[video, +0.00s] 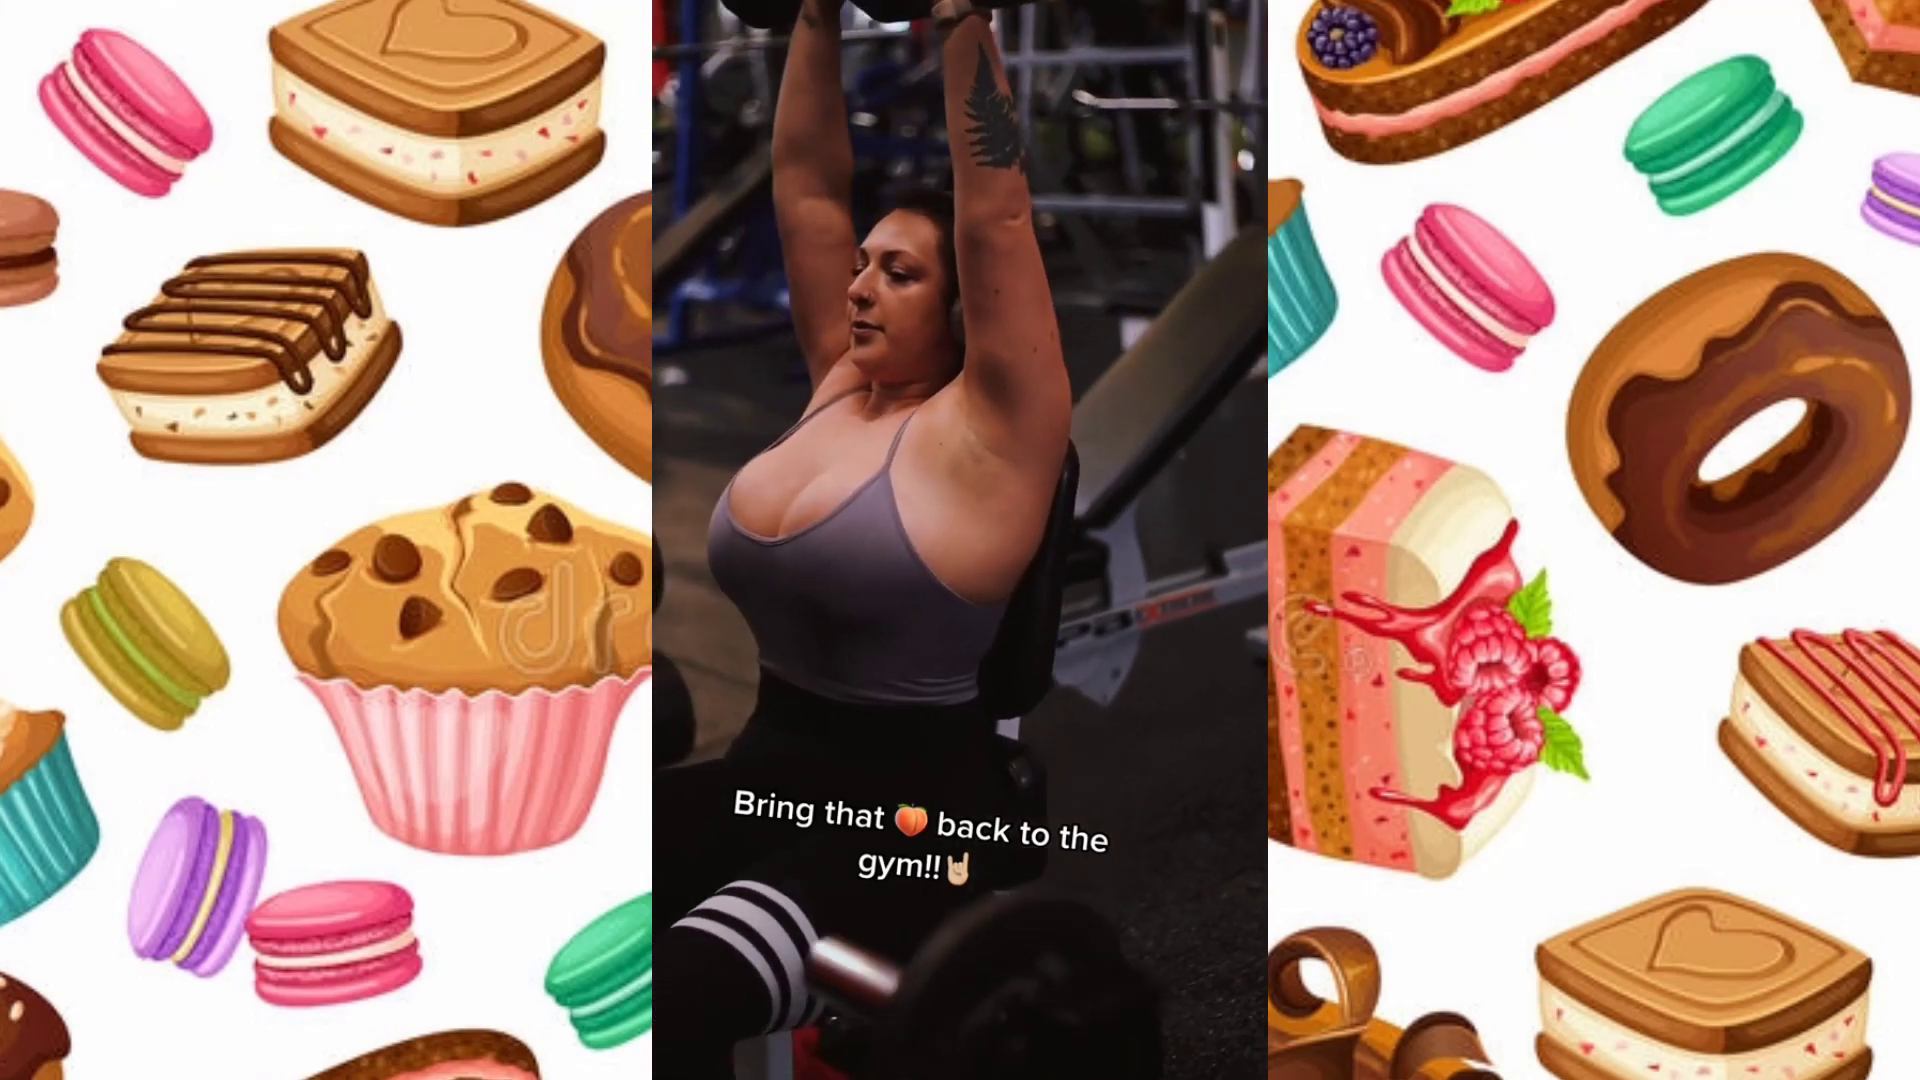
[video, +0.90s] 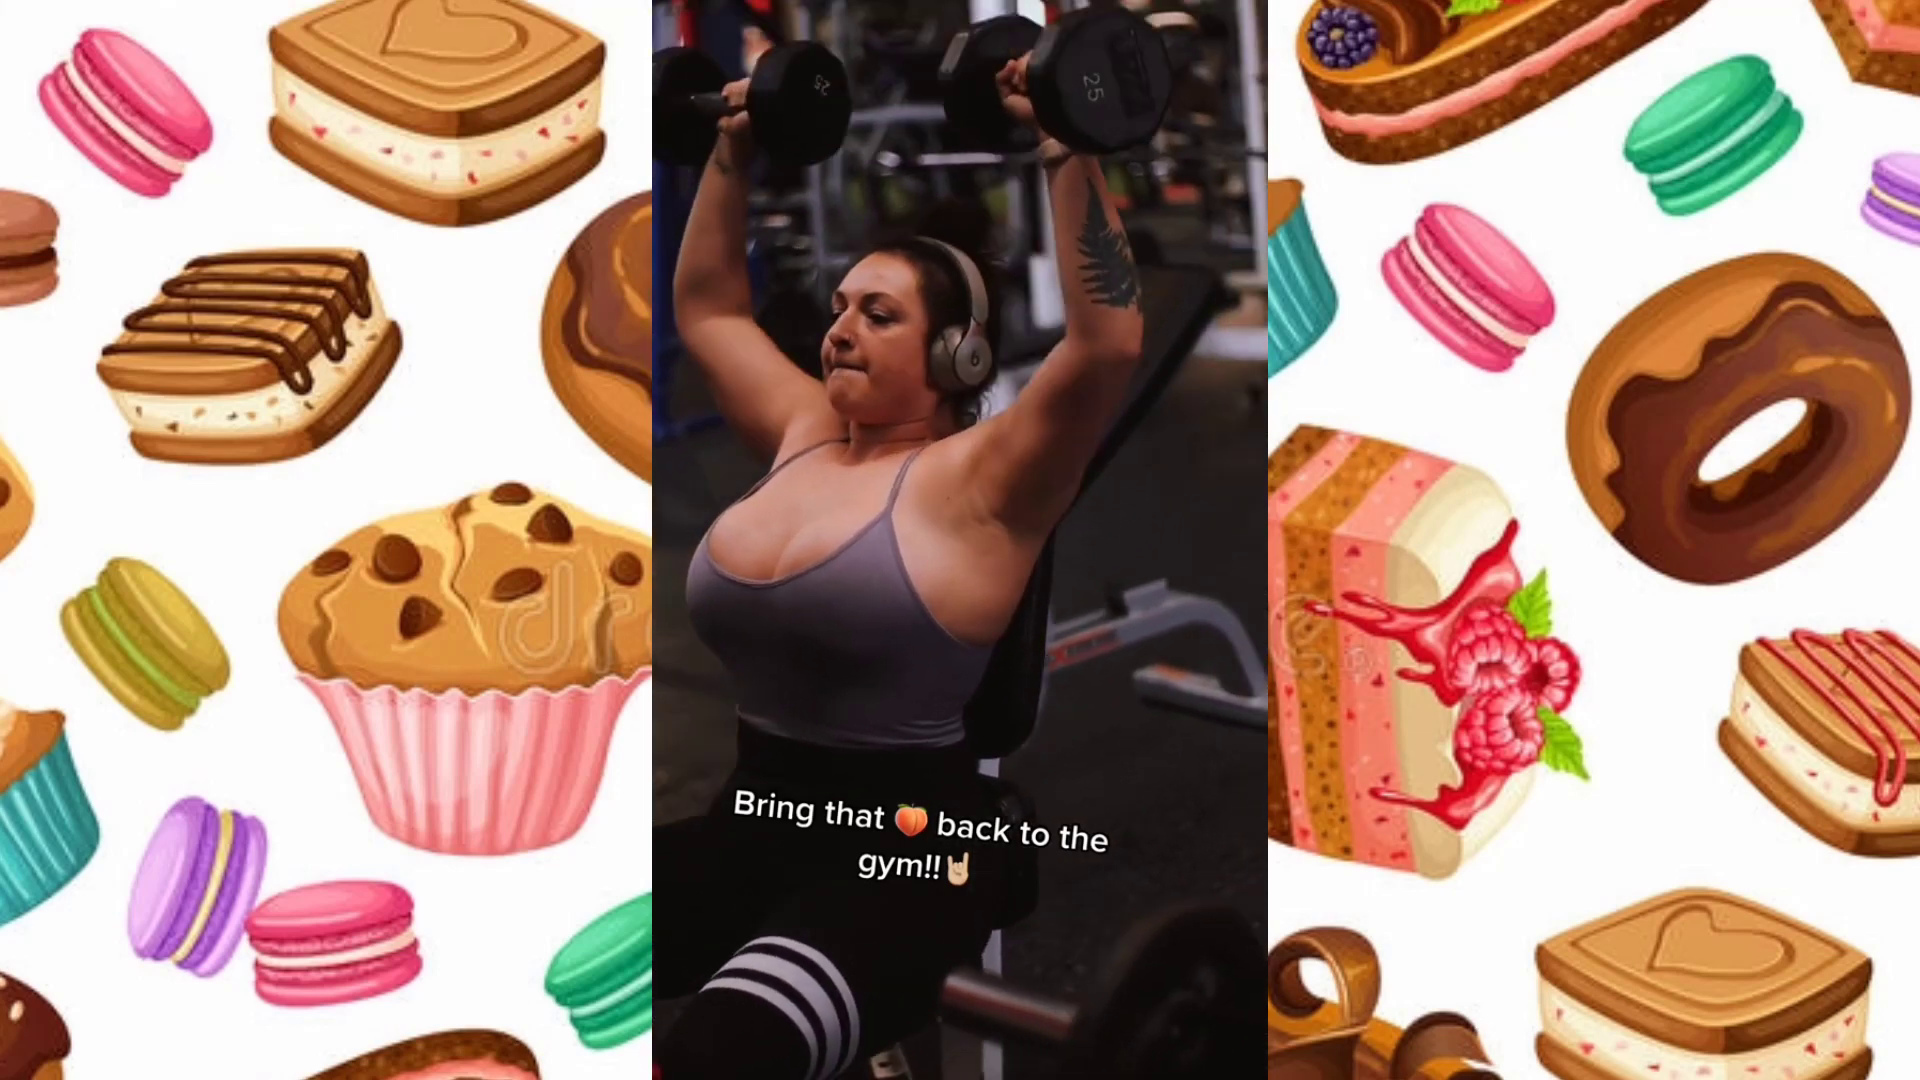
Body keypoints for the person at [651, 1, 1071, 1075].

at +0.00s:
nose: (862, 287)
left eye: (899, 272)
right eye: (863, 265)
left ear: (961, 307)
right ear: (848, 284)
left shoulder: (998, 421)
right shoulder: (841, 383)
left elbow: (998, 215)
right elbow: (809, 185)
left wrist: (962, 21)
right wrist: (816, 9)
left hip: (905, 822)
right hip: (766, 785)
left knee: (663, 998)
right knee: (561, 865)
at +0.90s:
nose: (842, 329)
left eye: (879, 312)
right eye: (839, 310)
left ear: (954, 350)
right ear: (825, 330)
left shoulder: (986, 480)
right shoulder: (804, 431)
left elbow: (1108, 343)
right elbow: (706, 307)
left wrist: (1061, 143)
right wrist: (730, 154)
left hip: (903, 847)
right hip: (755, 826)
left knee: (720, 1044)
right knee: (554, 931)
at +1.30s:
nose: (841, 340)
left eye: (879, 323)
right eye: (839, 318)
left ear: (950, 357)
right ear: (825, 333)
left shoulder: (985, 493)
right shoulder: (800, 452)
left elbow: (1174, 501)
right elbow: (693, 423)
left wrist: (1135, 308)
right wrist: (710, 289)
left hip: (906, 845)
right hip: (759, 823)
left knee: (738, 1037)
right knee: (552, 929)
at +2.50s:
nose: (885, 400)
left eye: (919, 386)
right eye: (884, 383)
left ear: (979, 421)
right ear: (871, 405)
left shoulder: (1009, 523)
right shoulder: (842, 490)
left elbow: (1080, 364)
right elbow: (769, 349)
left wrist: (1036, 201)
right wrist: (773, 201)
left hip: (945, 849)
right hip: (808, 832)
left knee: (810, 1028)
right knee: (605, 945)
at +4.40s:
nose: (857, 429)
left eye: (889, 414)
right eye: (852, 412)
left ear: (954, 445)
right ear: (838, 429)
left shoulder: (985, 566)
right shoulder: (812, 531)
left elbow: (1150, 528)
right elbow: (710, 485)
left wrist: (1096, 369)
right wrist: (736, 358)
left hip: (921, 879)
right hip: (783, 860)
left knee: (790, 1045)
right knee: (596, 972)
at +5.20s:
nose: (862, 383)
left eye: (895, 366)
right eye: (857, 362)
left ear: (964, 396)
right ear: (845, 379)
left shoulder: (998, 522)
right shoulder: (814, 486)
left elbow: (1167, 507)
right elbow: (701, 449)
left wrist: (1117, 341)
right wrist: (731, 311)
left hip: (933, 854)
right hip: (786, 834)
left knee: (787, 1031)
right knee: (587, 947)